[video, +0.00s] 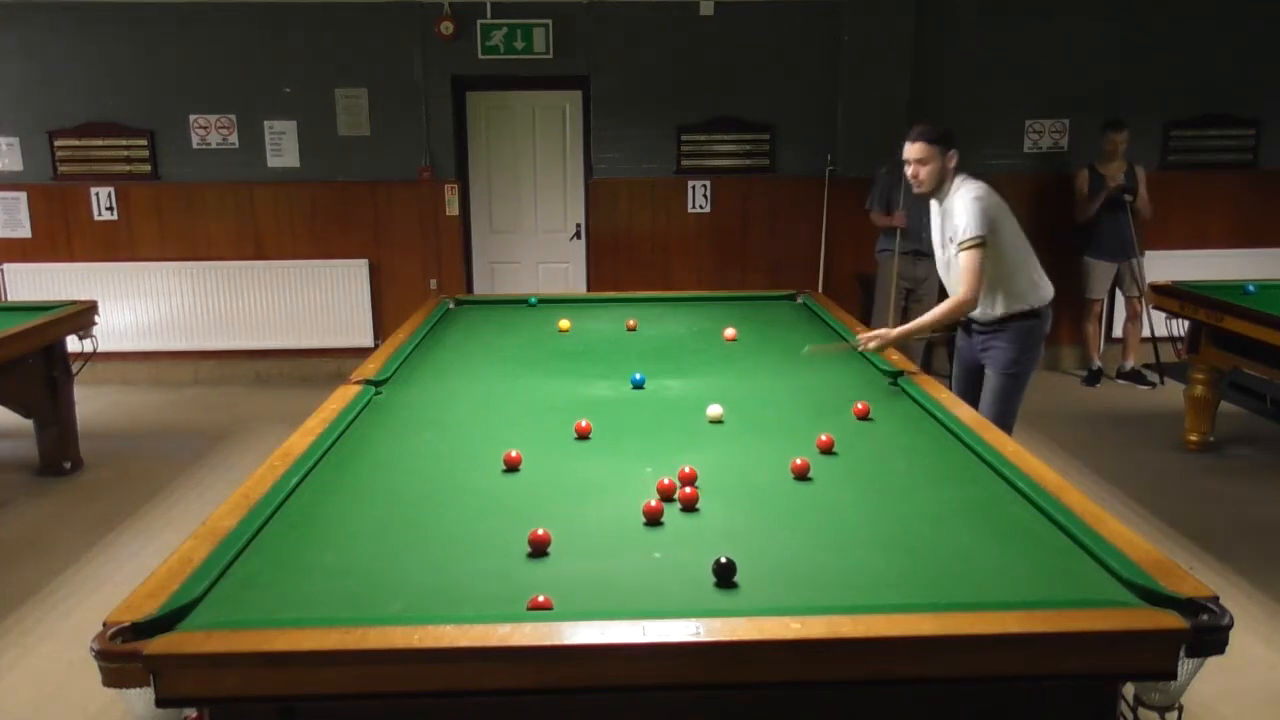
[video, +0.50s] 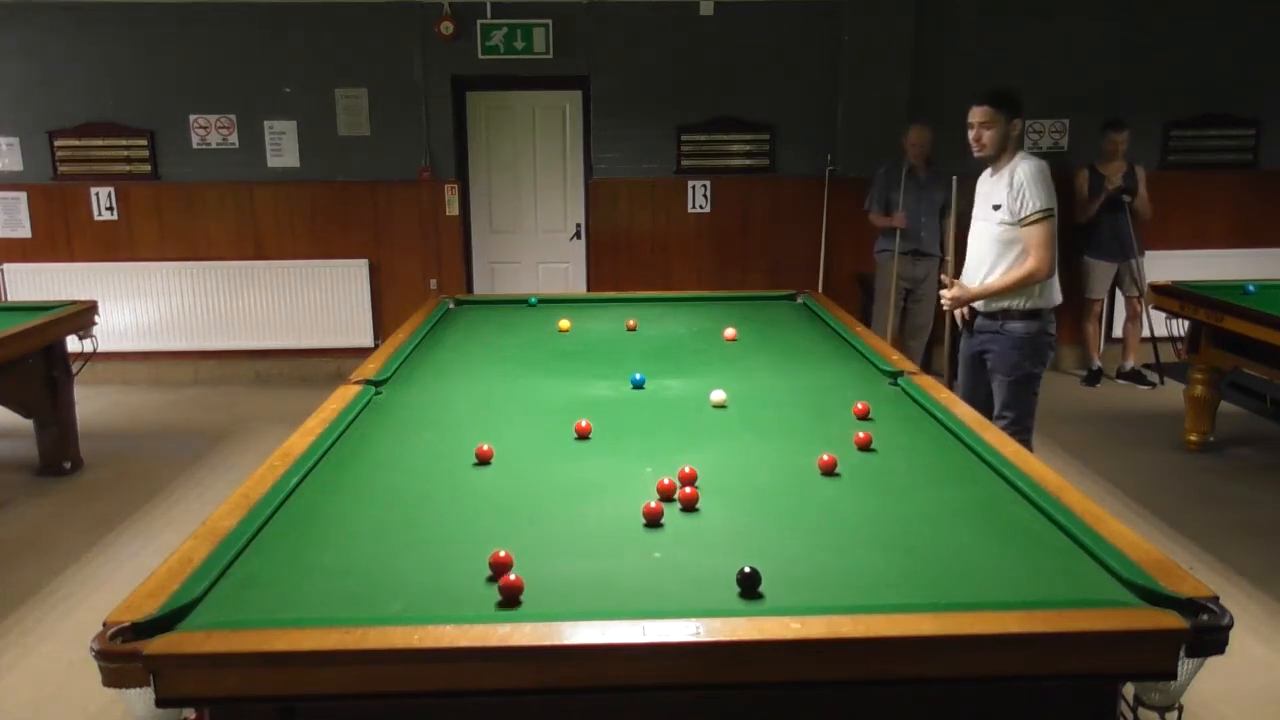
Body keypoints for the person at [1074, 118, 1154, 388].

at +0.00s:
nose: (1116, 147)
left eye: (1120, 143)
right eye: (1111, 142)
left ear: (1126, 143)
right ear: (1102, 142)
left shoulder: (1135, 172)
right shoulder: (1086, 174)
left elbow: (1146, 213)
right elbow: (1081, 214)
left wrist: (1135, 193)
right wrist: (1105, 191)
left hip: (1130, 251)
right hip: (1098, 251)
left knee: (1135, 310)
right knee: (1094, 310)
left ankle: (1128, 366)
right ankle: (1095, 364)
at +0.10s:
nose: (1116, 148)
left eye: (1120, 143)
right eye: (1111, 142)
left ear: (1126, 143)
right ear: (1102, 142)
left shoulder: (1135, 172)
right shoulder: (1087, 174)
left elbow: (1146, 213)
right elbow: (1081, 214)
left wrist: (1135, 194)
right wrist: (1106, 191)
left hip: (1130, 250)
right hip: (1098, 251)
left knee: (1135, 310)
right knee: (1093, 309)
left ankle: (1128, 366)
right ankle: (1094, 364)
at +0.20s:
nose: (1116, 148)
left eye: (1121, 143)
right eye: (1112, 142)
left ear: (1126, 143)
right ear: (1102, 142)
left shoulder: (1135, 172)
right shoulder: (1087, 174)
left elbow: (1146, 213)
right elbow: (1081, 215)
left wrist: (1134, 193)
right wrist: (1105, 191)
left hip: (1130, 251)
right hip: (1098, 251)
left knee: (1135, 310)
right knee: (1093, 310)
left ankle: (1128, 366)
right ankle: (1095, 364)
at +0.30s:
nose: (1116, 148)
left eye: (1121, 143)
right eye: (1112, 142)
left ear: (1126, 143)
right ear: (1102, 142)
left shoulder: (1135, 172)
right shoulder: (1086, 174)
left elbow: (1146, 213)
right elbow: (1081, 215)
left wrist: (1134, 194)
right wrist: (1105, 192)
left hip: (1130, 251)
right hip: (1098, 251)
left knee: (1135, 310)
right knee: (1093, 310)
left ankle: (1128, 366)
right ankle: (1094, 364)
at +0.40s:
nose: (1116, 148)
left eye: (1121, 143)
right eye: (1112, 142)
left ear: (1126, 143)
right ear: (1102, 142)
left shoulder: (1135, 172)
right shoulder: (1086, 174)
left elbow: (1146, 213)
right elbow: (1081, 215)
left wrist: (1134, 194)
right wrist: (1104, 193)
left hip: (1130, 251)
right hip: (1098, 251)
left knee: (1135, 310)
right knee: (1093, 309)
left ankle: (1128, 366)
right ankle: (1094, 364)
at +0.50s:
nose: (1117, 148)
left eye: (1121, 143)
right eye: (1112, 143)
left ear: (1127, 143)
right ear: (1102, 142)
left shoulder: (1135, 172)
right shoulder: (1086, 174)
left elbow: (1146, 213)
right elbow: (1081, 215)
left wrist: (1133, 194)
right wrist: (1105, 192)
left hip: (1130, 251)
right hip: (1098, 251)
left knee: (1135, 310)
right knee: (1093, 309)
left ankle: (1128, 366)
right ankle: (1094, 364)